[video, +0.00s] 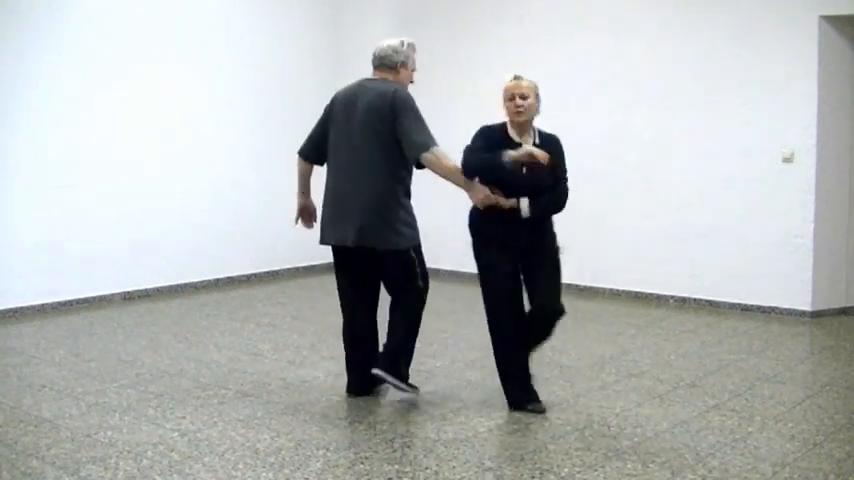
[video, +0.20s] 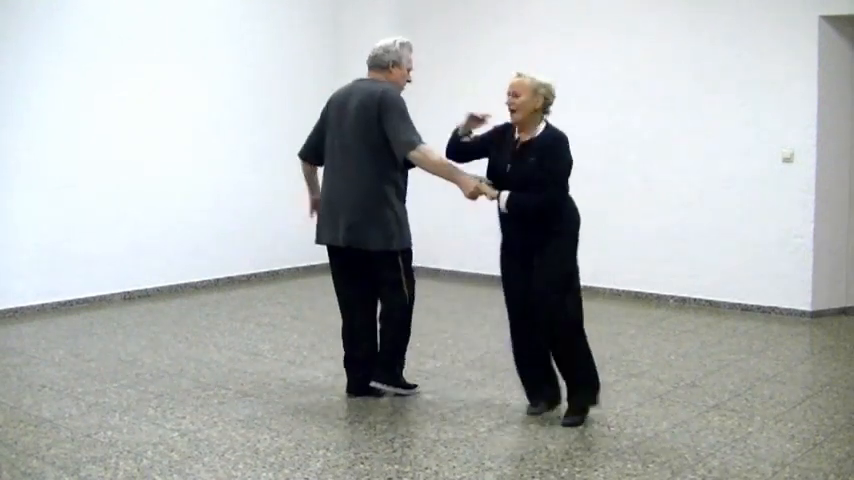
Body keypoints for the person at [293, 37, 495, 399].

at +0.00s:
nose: (413, 78)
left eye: (413, 71)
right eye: (412, 70)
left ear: (377, 66)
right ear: (402, 68)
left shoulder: (342, 98)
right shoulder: (398, 98)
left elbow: (306, 155)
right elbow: (427, 154)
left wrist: (303, 197)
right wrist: (471, 186)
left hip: (341, 221)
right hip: (387, 221)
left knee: (356, 305)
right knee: (412, 289)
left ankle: (360, 383)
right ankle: (394, 365)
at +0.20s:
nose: (410, 77)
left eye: (410, 70)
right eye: (408, 69)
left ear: (375, 66)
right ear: (393, 66)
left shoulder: (340, 98)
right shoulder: (388, 97)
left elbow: (307, 157)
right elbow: (414, 152)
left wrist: (315, 195)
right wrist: (463, 179)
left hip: (337, 221)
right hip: (380, 221)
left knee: (355, 305)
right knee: (399, 296)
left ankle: (358, 381)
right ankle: (388, 371)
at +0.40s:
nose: (406, 77)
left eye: (406, 70)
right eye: (403, 69)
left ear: (373, 67)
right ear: (386, 66)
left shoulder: (339, 96)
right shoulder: (375, 95)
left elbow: (318, 156)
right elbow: (399, 144)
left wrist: (363, 170)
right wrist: (452, 164)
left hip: (331, 219)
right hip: (372, 220)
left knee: (351, 300)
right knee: (397, 289)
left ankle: (358, 380)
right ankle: (390, 368)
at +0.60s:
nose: (399, 77)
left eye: (400, 70)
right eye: (396, 69)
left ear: (368, 67)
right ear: (377, 67)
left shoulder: (339, 94)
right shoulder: (362, 93)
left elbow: (316, 151)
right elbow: (380, 136)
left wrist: (358, 167)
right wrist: (429, 154)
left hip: (328, 219)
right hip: (359, 220)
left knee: (345, 297)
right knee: (384, 292)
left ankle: (356, 373)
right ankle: (362, 376)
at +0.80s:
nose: (394, 84)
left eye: (395, 76)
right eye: (391, 75)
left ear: (364, 73)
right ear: (369, 72)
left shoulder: (331, 99)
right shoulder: (361, 101)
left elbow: (293, 152)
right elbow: (378, 153)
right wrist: (423, 184)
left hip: (318, 222)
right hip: (346, 225)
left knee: (340, 302)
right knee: (356, 301)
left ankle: (353, 375)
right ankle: (332, 383)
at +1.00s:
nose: (387, 85)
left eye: (388, 78)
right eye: (384, 76)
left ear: (353, 74)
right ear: (363, 72)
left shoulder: (317, 101)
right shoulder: (361, 103)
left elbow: (271, 146)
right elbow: (410, 146)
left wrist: (252, 188)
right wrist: (465, 164)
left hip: (312, 223)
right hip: (336, 225)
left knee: (366, 279)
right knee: (347, 296)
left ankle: (354, 366)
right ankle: (331, 383)